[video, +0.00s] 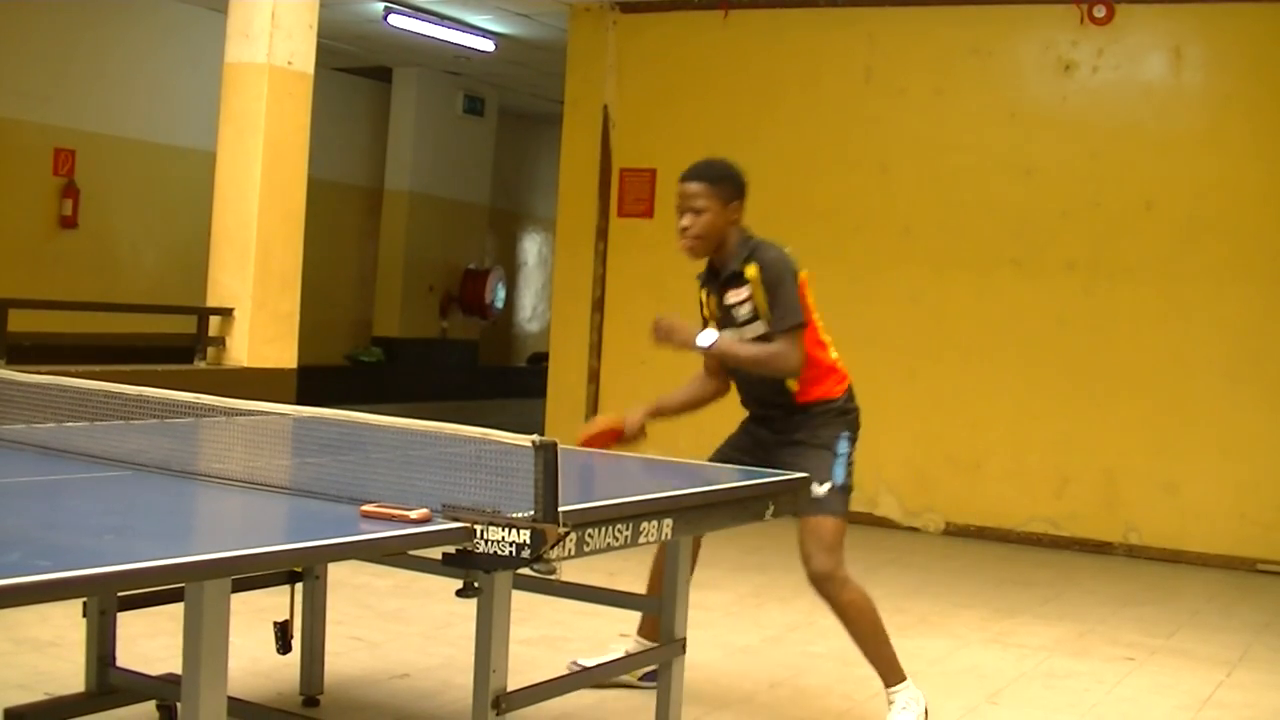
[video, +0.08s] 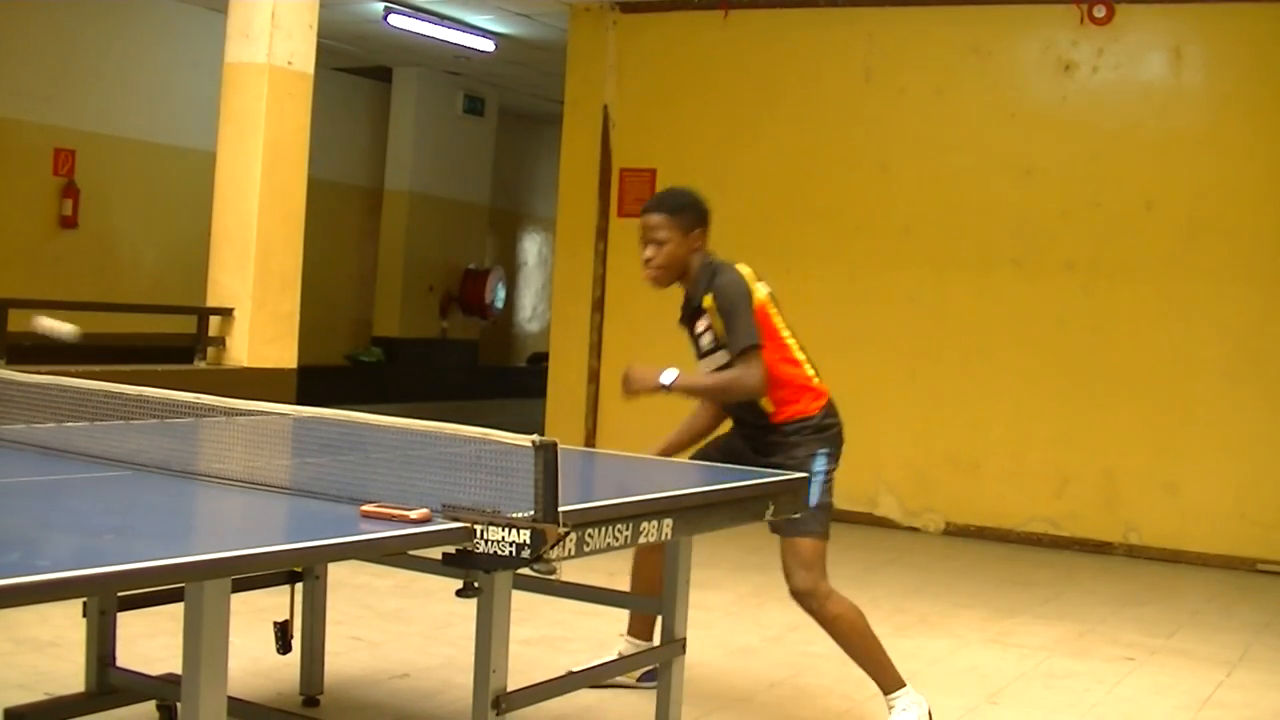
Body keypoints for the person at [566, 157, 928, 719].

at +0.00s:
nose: (684, 223)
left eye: (696, 210)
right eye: (680, 210)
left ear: (734, 211)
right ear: (680, 213)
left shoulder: (770, 264)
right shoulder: (711, 284)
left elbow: (788, 359)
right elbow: (716, 380)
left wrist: (700, 338)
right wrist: (647, 411)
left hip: (820, 420)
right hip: (764, 421)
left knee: (824, 569)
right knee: (680, 520)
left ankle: (903, 694)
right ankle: (645, 651)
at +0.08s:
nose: (647, 255)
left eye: (658, 241)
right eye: (643, 242)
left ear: (696, 239)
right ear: (643, 243)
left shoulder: (726, 282)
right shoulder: (694, 303)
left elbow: (751, 378)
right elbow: (718, 399)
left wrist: (665, 376)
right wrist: (659, 458)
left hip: (804, 436)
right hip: (752, 436)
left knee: (807, 584)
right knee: (656, 509)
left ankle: (904, 701)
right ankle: (637, 652)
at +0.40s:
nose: (574, 239)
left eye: (579, 226)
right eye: (570, 228)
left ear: (614, 215)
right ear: (606, 219)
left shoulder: (678, 253)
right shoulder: (627, 278)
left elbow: (729, 326)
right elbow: (607, 363)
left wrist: (643, 350)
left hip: (745, 414)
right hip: (685, 416)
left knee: (781, 544)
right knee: (603, 504)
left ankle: (851, 687)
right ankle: (630, 648)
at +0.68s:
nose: (654, 222)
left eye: (667, 211)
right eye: (651, 211)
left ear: (702, 212)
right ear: (647, 214)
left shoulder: (748, 278)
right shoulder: (644, 270)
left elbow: (765, 367)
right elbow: (578, 312)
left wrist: (716, 304)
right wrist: (607, 236)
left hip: (730, 439)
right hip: (650, 435)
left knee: (795, 543)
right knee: (558, 520)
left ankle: (829, 695)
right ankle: (563, 652)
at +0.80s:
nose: (691, 207)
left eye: (704, 195)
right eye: (686, 194)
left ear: (740, 197)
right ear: (683, 196)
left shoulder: (784, 258)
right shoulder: (677, 256)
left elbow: (805, 352)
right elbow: (639, 360)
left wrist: (739, 302)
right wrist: (637, 309)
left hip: (784, 429)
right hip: (708, 425)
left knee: (830, 537)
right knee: (623, 515)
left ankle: (850, 690)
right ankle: (588, 652)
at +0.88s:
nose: (711, 216)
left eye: (724, 204)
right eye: (706, 203)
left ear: (760, 206)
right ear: (702, 204)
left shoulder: (806, 264)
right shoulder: (696, 277)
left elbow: (834, 357)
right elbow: (669, 379)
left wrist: (766, 312)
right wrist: (666, 352)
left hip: (815, 424)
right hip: (741, 424)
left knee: (859, 533)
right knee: (653, 515)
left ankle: (895, 679)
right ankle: (648, 659)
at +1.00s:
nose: (742, 263)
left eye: (755, 252)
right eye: (738, 250)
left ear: (791, 250)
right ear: (734, 248)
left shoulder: (840, 304)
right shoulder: (728, 320)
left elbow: (871, 397)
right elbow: (698, 409)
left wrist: (804, 357)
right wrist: (709, 440)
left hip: (851, 450)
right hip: (777, 449)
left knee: (902, 557)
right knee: (682, 538)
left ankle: (945, 701)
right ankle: (679, 663)